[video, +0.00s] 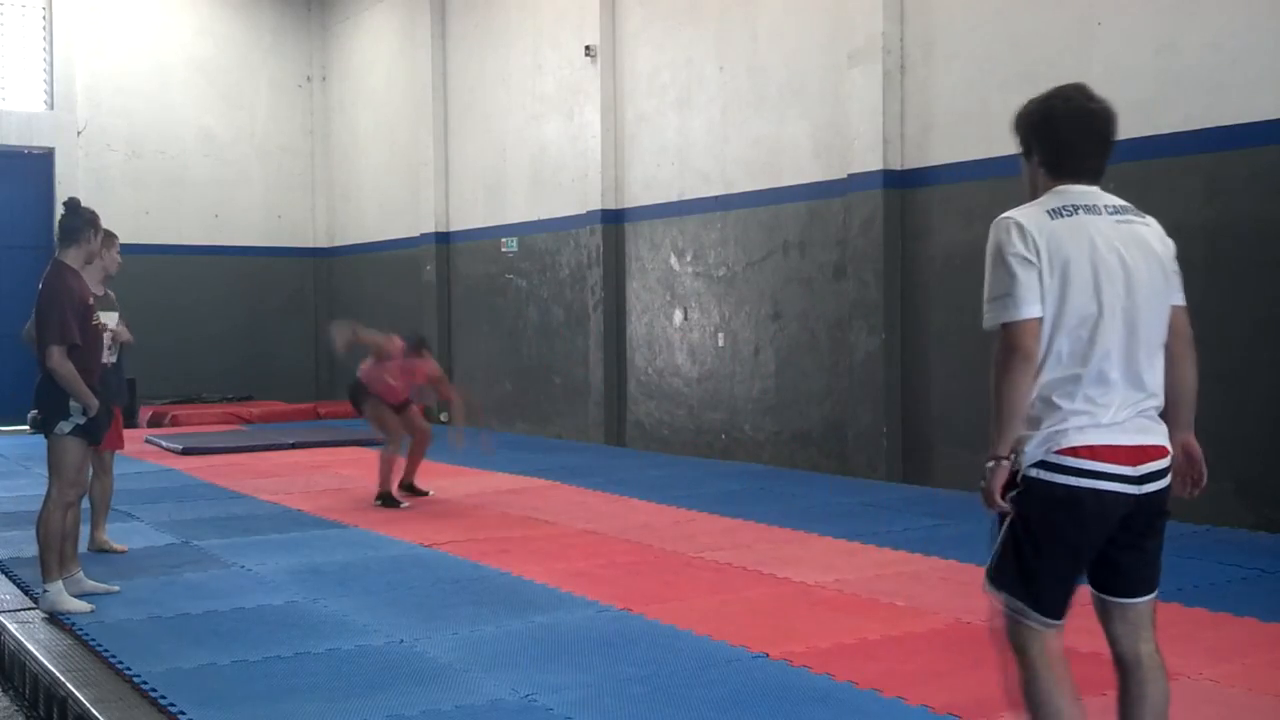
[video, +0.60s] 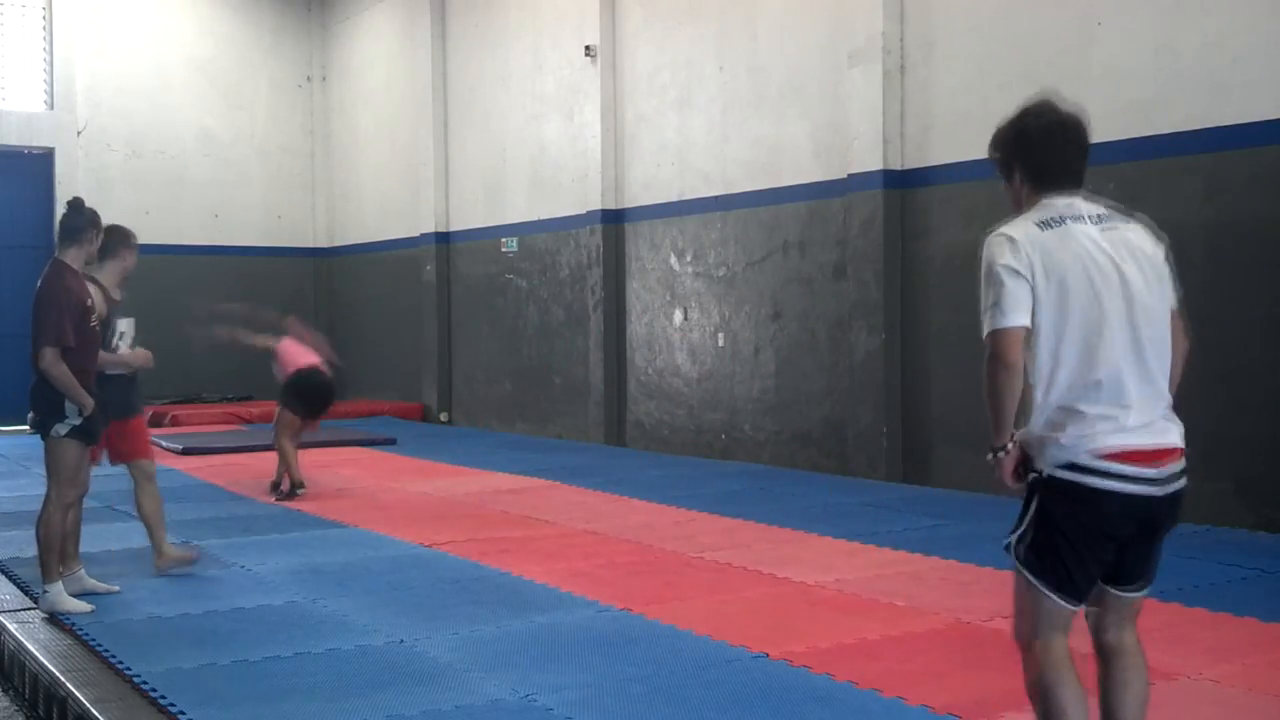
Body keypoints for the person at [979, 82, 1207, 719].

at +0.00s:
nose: (1023, 166)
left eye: (1023, 153)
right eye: (1024, 153)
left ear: (1036, 157)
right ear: (1103, 155)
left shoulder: (1021, 227)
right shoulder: (1149, 230)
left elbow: (1023, 348)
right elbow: (1180, 341)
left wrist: (1002, 451)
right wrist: (1181, 428)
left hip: (1065, 473)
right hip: (1147, 469)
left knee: (1033, 630)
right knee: (1136, 633)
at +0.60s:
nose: (1005, 190)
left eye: (1005, 176)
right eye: (1004, 176)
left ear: (1018, 176)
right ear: (1078, 165)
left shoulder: (1014, 240)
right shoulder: (1142, 235)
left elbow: (1006, 354)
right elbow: (1175, 345)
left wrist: (1003, 441)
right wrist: (1145, 418)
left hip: (1079, 477)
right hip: (1161, 474)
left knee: (1043, 638)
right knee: (1119, 628)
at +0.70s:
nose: (998, 210)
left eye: (998, 196)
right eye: (997, 197)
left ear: (1011, 195)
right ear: (1070, 187)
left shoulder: (1013, 251)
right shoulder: (1129, 251)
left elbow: (1001, 356)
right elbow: (1159, 362)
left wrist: (998, 445)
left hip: (1093, 482)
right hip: (1172, 481)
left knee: (1035, 622)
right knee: (1115, 624)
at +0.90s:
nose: (977, 284)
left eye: (978, 272)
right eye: (976, 273)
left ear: (990, 262)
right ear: (1046, 249)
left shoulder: (997, 304)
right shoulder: (1095, 304)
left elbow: (964, 408)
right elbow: (1113, 419)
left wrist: (956, 509)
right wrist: (1059, 518)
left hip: (1116, 511)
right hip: (1193, 514)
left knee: (1031, 628)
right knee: (1097, 631)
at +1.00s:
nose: (965, 349)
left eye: (967, 336)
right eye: (966, 337)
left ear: (978, 329)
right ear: (1033, 316)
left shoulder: (989, 368)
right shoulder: (1084, 365)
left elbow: (943, 472)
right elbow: (1093, 472)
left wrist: (925, 572)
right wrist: (1048, 556)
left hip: (1128, 551)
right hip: (1200, 553)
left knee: (1015, 634)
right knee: (1082, 640)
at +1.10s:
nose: (957, 413)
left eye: (957, 402)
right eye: (956, 402)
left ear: (970, 394)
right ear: (1024, 380)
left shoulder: (981, 432)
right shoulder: (1073, 425)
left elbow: (932, 542)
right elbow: (1063, 535)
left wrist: (899, 640)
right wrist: (1024, 613)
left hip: (1135, 597)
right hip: (1200, 600)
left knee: (1008, 644)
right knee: (1067, 657)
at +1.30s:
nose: (949, 512)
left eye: (948, 500)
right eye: (948, 500)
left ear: (959, 495)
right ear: (1015, 482)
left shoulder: (975, 527)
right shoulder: (1059, 517)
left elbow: (918, 642)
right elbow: (1071, 626)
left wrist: (879, 706)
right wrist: (1003, 692)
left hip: (1139, 686)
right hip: (1194, 678)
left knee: (989, 651)